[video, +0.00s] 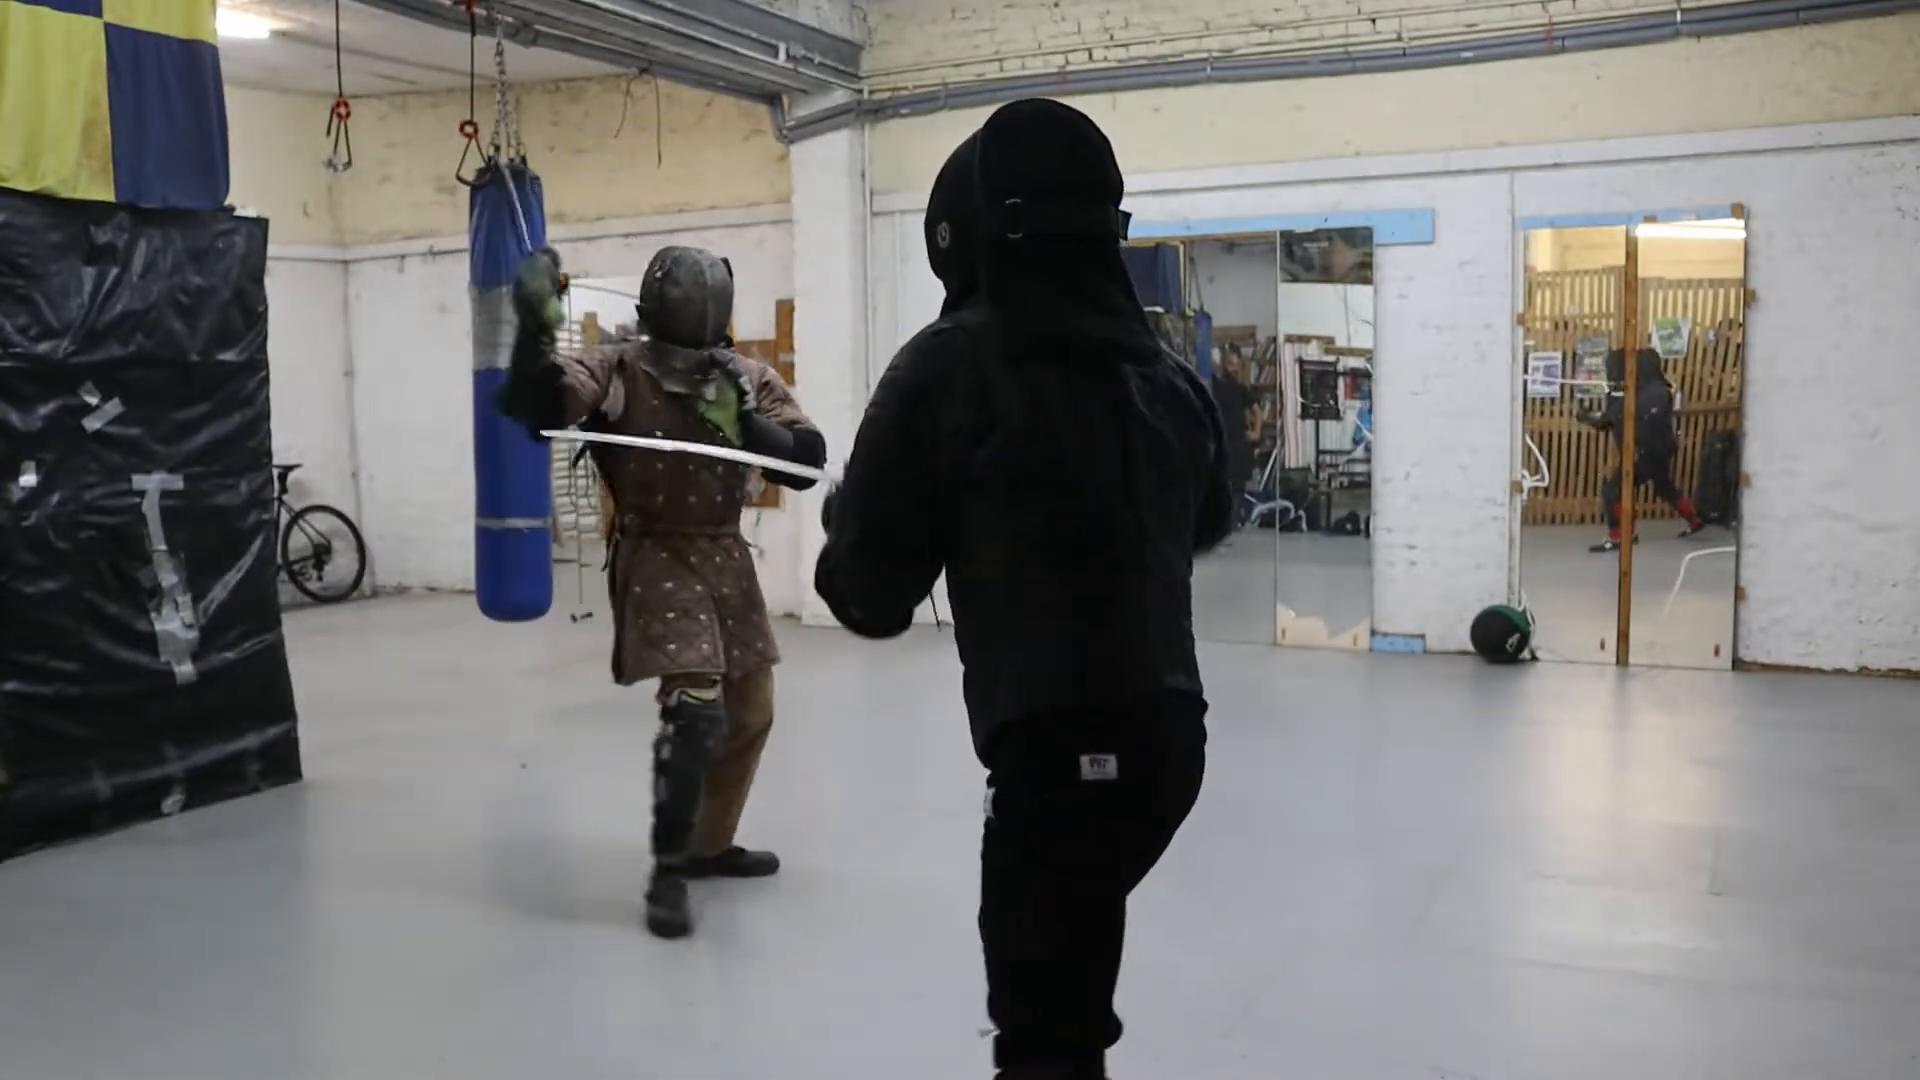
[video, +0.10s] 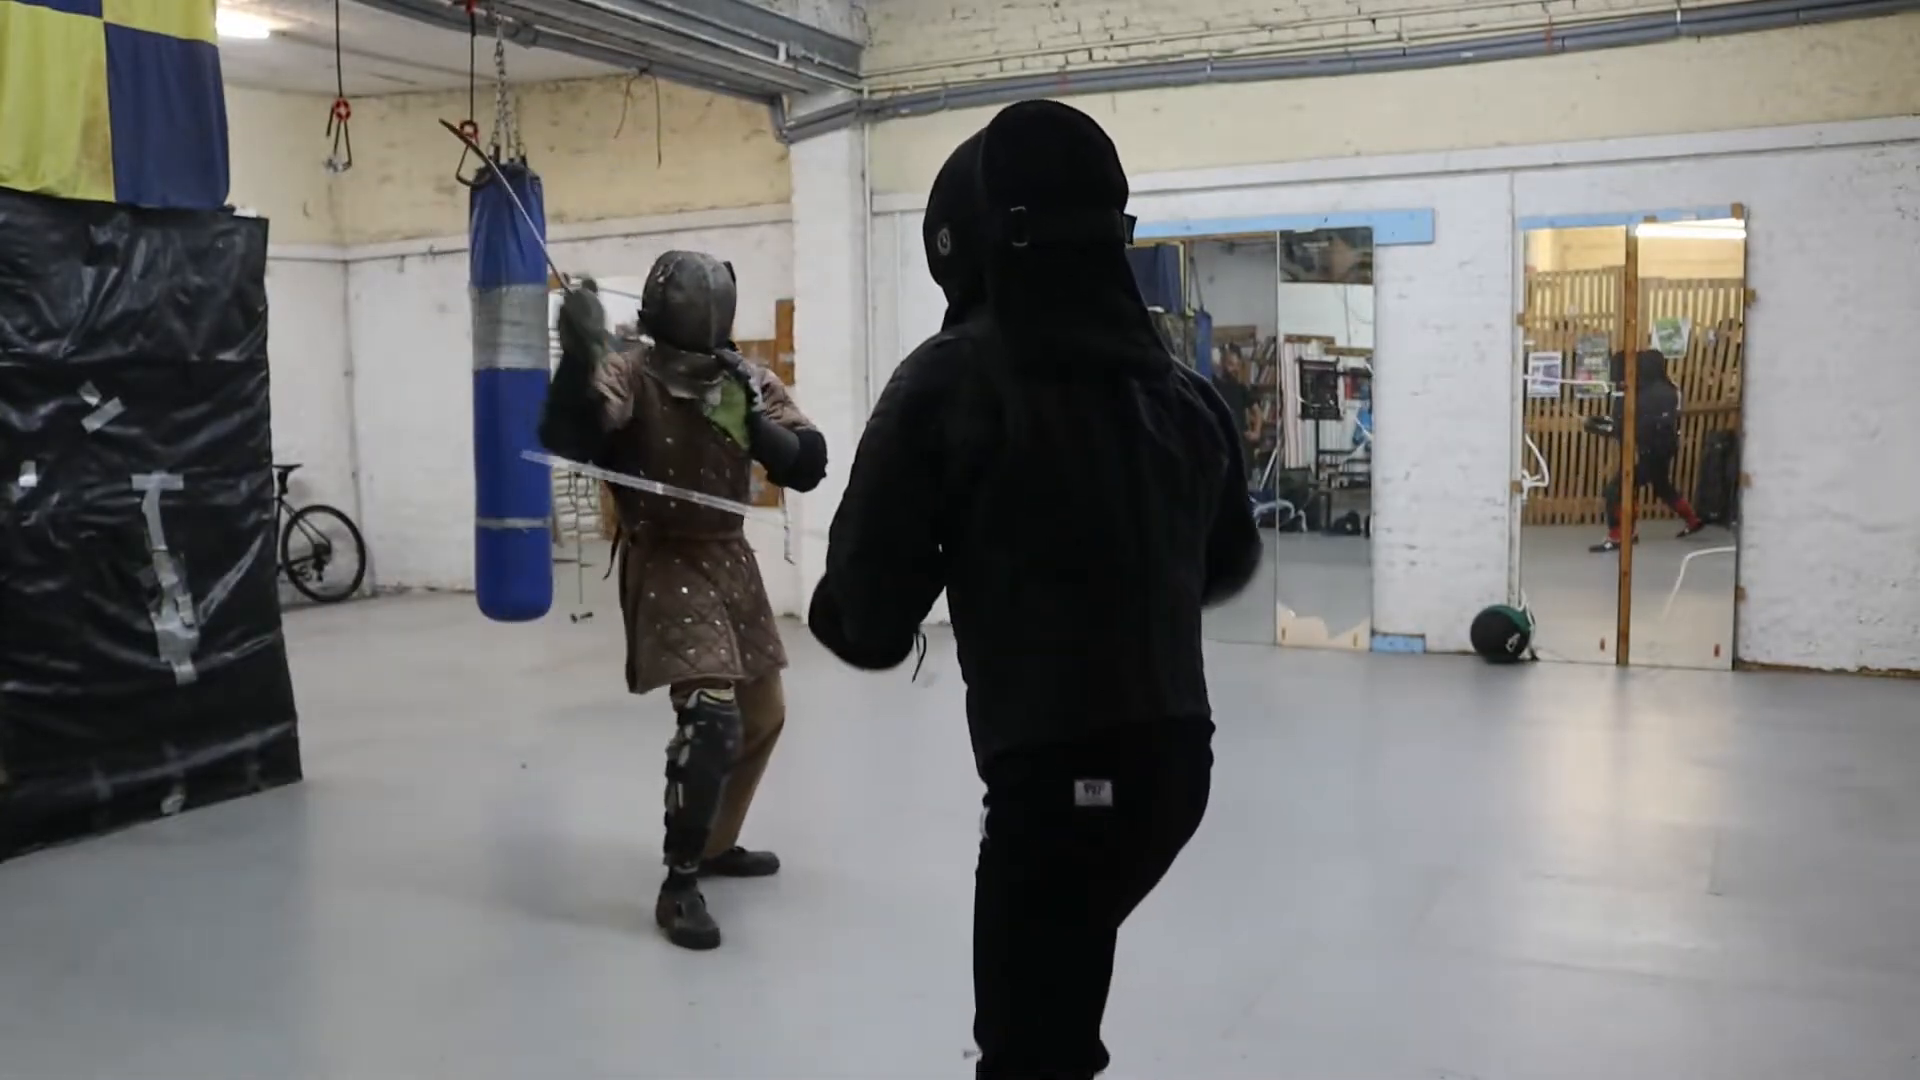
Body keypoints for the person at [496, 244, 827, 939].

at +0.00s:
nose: (689, 356)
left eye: (701, 341)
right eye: (676, 340)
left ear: (722, 324)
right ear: (651, 319)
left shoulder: (745, 377)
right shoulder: (617, 371)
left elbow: (810, 458)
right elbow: (536, 406)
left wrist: (745, 421)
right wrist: (536, 324)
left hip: (726, 554)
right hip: (655, 554)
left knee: (751, 713)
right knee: (697, 708)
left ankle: (710, 845)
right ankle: (668, 875)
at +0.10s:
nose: (695, 352)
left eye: (709, 337)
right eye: (682, 337)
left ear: (728, 326)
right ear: (657, 323)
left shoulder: (746, 378)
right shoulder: (631, 370)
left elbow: (811, 463)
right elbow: (568, 435)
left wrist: (752, 424)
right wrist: (579, 362)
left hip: (730, 551)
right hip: (664, 554)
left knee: (764, 714)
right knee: (712, 719)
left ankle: (714, 846)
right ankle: (679, 884)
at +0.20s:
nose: (701, 361)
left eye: (712, 345)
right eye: (686, 347)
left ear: (728, 329)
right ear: (654, 328)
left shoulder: (745, 377)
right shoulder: (628, 380)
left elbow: (807, 465)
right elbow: (609, 475)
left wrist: (755, 429)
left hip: (729, 552)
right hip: (666, 554)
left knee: (767, 719)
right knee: (715, 721)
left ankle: (716, 847)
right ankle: (678, 889)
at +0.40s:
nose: (702, 359)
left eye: (714, 345)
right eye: (689, 344)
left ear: (728, 342)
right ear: (662, 339)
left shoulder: (742, 394)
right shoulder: (635, 409)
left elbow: (800, 485)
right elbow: (673, 543)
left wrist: (747, 439)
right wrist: (766, 583)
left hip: (730, 582)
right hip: (665, 589)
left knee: (777, 724)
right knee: (712, 732)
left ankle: (718, 847)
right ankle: (674, 904)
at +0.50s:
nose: (707, 359)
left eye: (716, 344)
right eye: (692, 345)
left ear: (732, 342)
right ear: (662, 345)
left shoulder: (739, 402)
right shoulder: (637, 425)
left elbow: (792, 462)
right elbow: (672, 550)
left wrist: (775, 467)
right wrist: (771, 609)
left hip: (733, 592)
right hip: (669, 599)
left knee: (780, 726)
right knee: (718, 733)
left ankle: (721, 851)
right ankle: (675, 905)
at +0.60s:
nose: (712, 362)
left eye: (720, 347)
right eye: (696, 349)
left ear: (733, 344)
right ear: (666, 350)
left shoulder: (739, 405)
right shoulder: (640, 431)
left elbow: (792, 468)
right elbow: (673, 553)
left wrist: (786, 484)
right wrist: (764, 608)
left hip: (732, 591)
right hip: (669, 598)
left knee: (781, 724)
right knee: (723, 733)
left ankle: (720, 852)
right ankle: (675, 906)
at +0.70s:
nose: (711, 373)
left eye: (720, 357)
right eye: (696, 359)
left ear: (736, 352)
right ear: (665, 357)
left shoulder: (744, 409)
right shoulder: (642, 436)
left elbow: (801, 498)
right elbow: (680, 559)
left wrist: (751, 481)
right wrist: (774, 623)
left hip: (729, 596)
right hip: (667, 603)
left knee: (783, 722)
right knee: (723, 733)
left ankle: (720, 851)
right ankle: (674, 906)